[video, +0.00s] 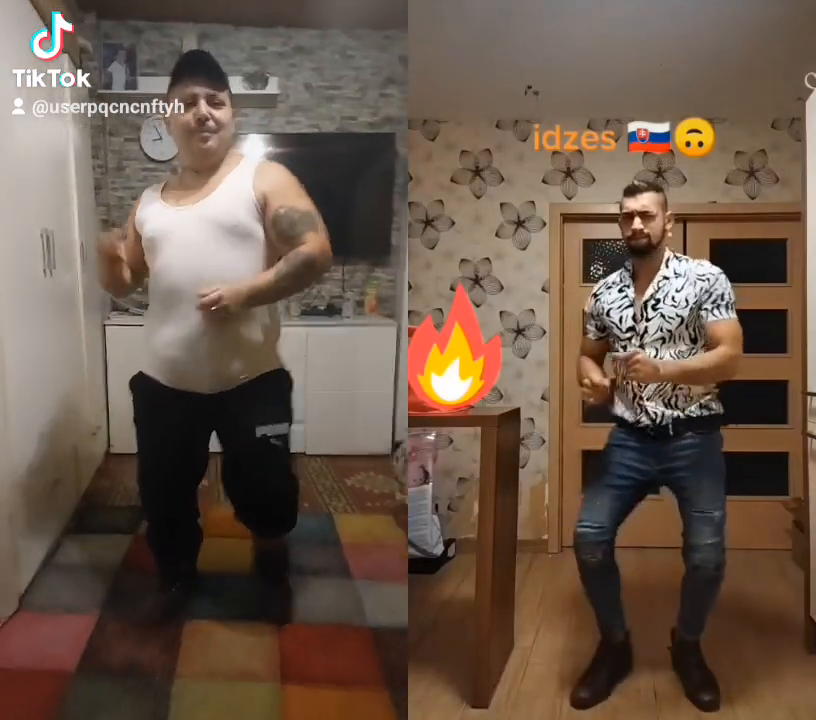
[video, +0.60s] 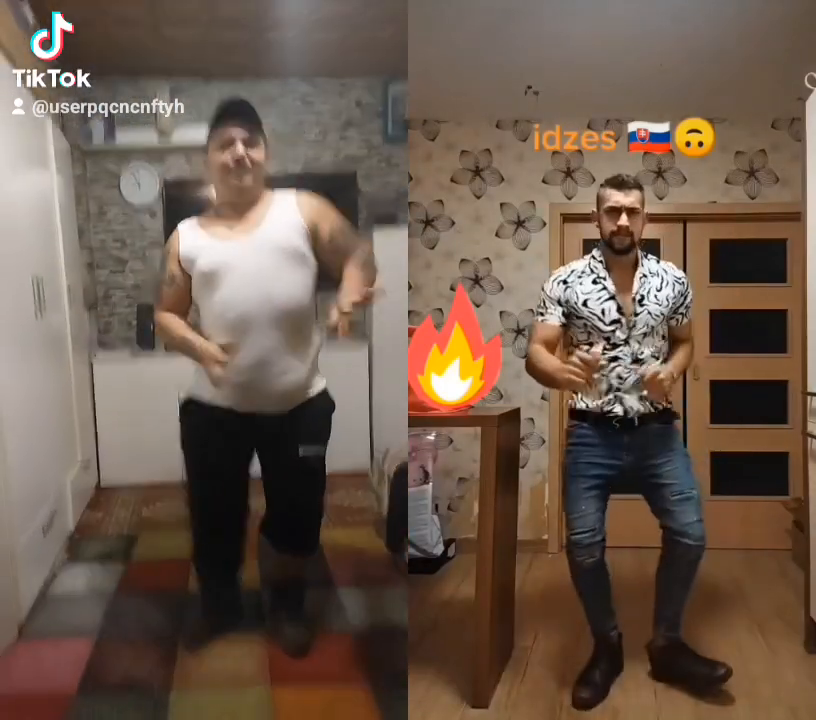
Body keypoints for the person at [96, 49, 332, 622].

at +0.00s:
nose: (205, 113)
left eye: (216, 100)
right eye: (189, 103)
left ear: (232, 111)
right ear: (167, 118)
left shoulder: (265, 179)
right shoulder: (150, 203)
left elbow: (315, 251)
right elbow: (127, 285)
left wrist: (249, 292)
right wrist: (111, 263)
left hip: (251, 377)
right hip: (166, 381)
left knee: (265, 492)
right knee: (164, 496)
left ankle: (272, 564)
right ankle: (174, 583)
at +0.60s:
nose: (239, 155)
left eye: (249, 143)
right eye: (226, 145)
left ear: (266, 153)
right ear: (208, 160)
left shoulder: (305, 211)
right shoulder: (188, 237)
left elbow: (356, 255)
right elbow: (165, 316)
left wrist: (349, 298)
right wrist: (199, 346)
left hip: (296, 406)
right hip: (214, 409)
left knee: (296, 523)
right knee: (215, 523)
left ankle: (289, 609)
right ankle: (218, 611)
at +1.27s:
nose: (225, 112)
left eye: (239, 104)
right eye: (214, 98)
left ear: (252, 121)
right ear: (188, 106)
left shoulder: (263, 206)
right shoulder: (137, 170)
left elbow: (271, 292)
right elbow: (74, 236)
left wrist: (275, 285)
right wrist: (129, 270)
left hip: (217, 381)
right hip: (128, 381)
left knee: (244, 501)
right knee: (127, 510)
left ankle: (250, 589)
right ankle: (128, 600)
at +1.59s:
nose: (203, 110)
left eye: (219, 96)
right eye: (189, 96)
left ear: (243, 110)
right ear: (170, 109)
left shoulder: (269, 194)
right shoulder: (133, 191)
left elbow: (306, 280)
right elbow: (95, 263)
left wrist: (254, 278)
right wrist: (83, 274)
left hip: (238, 402)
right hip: (145, 404)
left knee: (258, 525)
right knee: (156, 538)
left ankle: (271, 612)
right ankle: (173, 627)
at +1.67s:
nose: (201, 121)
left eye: (218, 108)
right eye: (189, 108)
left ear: (246, 121)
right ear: (173, 118)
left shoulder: (274, 202)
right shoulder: (143, 207)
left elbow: (311, 290)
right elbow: (108, 278)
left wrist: (247, 299)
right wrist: (85, 295)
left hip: (248, 410)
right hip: (154, 413)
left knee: (267, 532)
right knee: (162, 542)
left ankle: (281, 618)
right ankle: (182, 634)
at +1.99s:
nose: (185, 115)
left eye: (203, 99)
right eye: (177, 107)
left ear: (248, 109)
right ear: (173, 126)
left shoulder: (296, 183)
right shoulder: (166, 209)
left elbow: (360, 269)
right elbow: (136, 297)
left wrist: (296, 246)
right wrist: (95, 280)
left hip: (278, 424)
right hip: (177, 423)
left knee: (291, 562)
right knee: (163, 561)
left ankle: (294, 656)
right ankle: (155, 661)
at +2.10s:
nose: (192, 120)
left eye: (208, 103)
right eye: (183, 111)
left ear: (252, 110)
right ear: (178, 129)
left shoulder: (303, 185)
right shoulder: (168, 214)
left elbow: (363, 275)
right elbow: (132, 294)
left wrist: (319, 259)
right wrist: (91, 304)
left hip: (284, 426)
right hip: (183, 424)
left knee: (286, 573)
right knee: (156, 568)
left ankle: (281, 658)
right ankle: (145, 663)